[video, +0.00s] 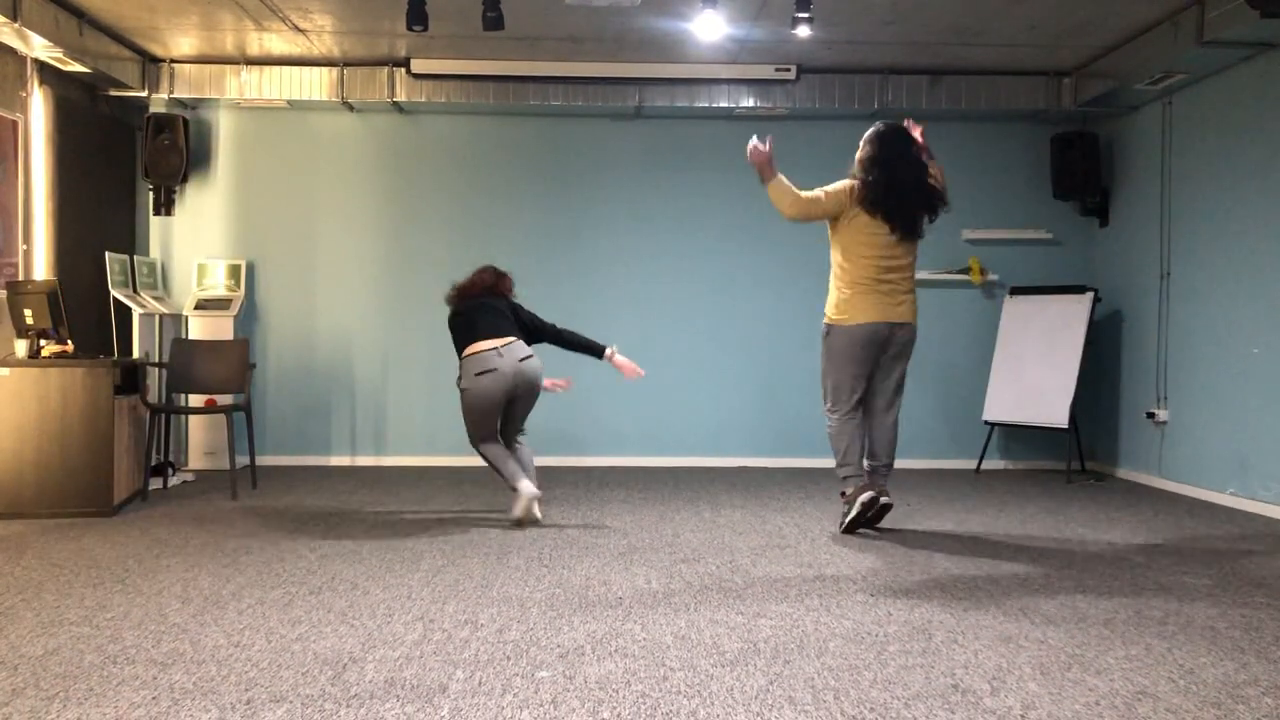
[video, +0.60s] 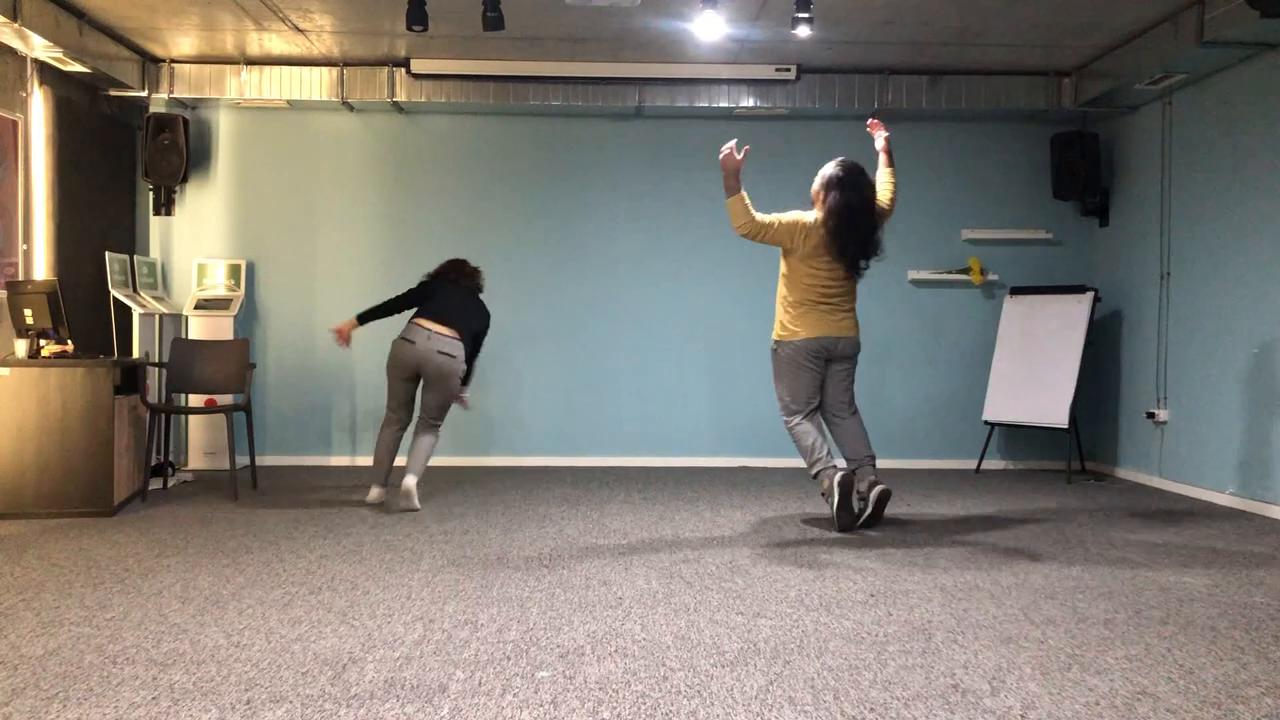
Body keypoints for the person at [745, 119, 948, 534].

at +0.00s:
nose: (856, 152)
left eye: (862, 148)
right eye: (861, 145)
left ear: (872, 158)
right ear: (905, 161)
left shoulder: (849, 194)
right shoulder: (913, 196)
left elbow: (795, 206)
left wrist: (767, 171)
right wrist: (923, 149)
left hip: (852, 320)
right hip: (901, 322)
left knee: (842, 409)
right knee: (885, 406)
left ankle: (856, 490)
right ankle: (877, 489)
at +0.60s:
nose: (812, 187)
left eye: (817, 183)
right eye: (817, 181)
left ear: (824, 194)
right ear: (856, 197)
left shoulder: (799, 226)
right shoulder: (860, 223)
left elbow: (747, 226)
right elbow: (885, 197)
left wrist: (731, 177)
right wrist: (884, 151)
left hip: (799, 337)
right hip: (845, 336)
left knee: (800, 415)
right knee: (842, 410)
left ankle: (832, 480)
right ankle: (869, 482)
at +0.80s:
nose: (762, 193)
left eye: (767, 189)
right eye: (766, 188)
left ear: (778, 203)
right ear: (797, 206)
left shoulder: (765, 232)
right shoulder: (809, 230)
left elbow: (731, 244)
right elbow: (816, 212)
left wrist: (699, 207)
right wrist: (811, 183)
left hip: (779, 346)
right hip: (823, 344)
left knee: (746, 403)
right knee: (826, 413)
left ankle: (771, 472)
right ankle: (865, 481)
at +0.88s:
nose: (737, 212)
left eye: (743, 206)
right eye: (740, 205)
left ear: (760, 212)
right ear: (776, 214)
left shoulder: (751, 238)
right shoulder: (792, 242)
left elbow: (725, 257)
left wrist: (684, 228)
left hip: (766, 355)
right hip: (810, 352)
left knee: (741, 415)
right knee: (810, 422)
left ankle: (733, 485)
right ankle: (854, 471)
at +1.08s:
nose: (699, 248)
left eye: (703, 240)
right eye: (700, 241)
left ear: (722, 236)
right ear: (735, 238)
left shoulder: (722, 256)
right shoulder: (759, 265)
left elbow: (718, 286)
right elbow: (763, 314)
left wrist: (672, 311)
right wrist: (724, 338)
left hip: (750, 361)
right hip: (789, 360)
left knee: (718, 416)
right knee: (754, 415)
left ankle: (728, 486)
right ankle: (793, 478)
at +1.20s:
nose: (681, 248)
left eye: (686, 240)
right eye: (681, 242)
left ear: (705, 236)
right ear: (713, 239)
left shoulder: (712, 254)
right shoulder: (733, 258)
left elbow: (736, 275)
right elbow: (733, 329)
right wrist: (704, 358)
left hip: (756, 354)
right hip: (780, 352)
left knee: (705, 410)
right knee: (756, 422)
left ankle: (717, 484)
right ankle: (799, 485)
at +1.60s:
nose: (600, 213)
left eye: (605, 206)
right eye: (600, 207)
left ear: (625, 208)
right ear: (621, 209)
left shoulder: (637, 232)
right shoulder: (630, 243)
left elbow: (668, 267)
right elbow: (651, 274)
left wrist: (652, 314)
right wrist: (616, 262)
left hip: (683, 342)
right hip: (656, 348)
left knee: (670, 417)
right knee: (633, 416)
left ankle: (722, 498)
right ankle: (690, 476)